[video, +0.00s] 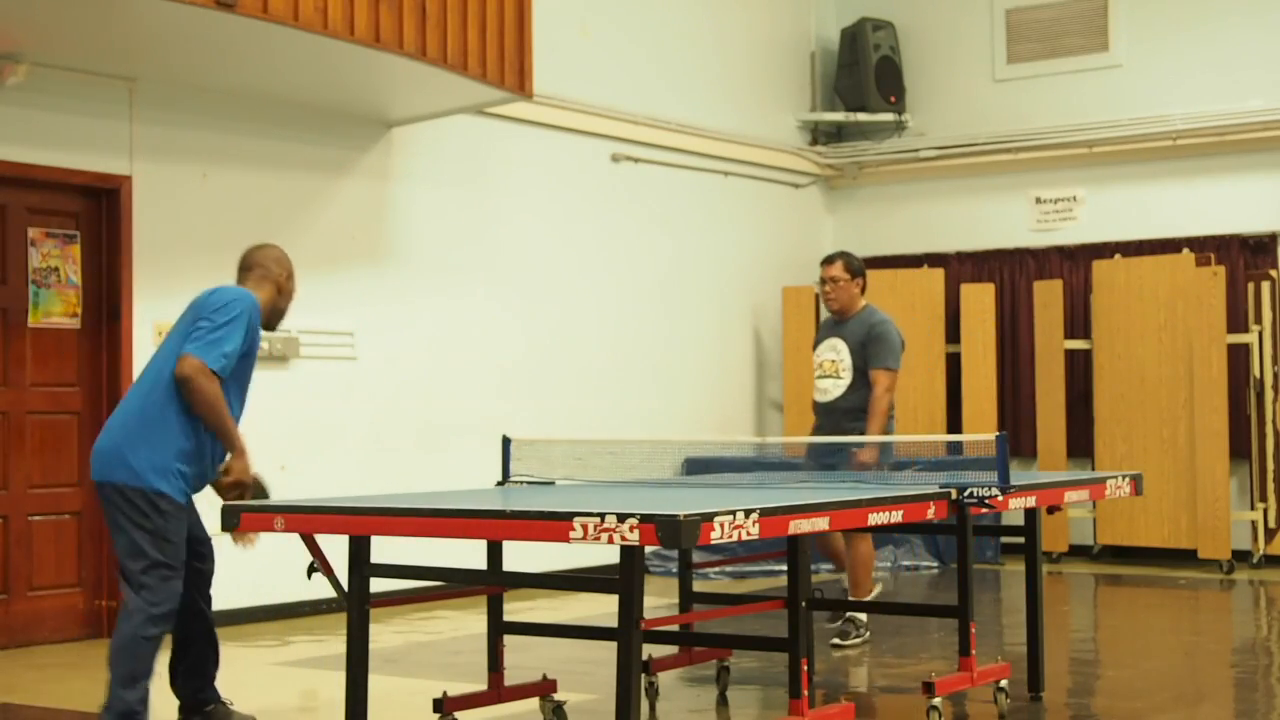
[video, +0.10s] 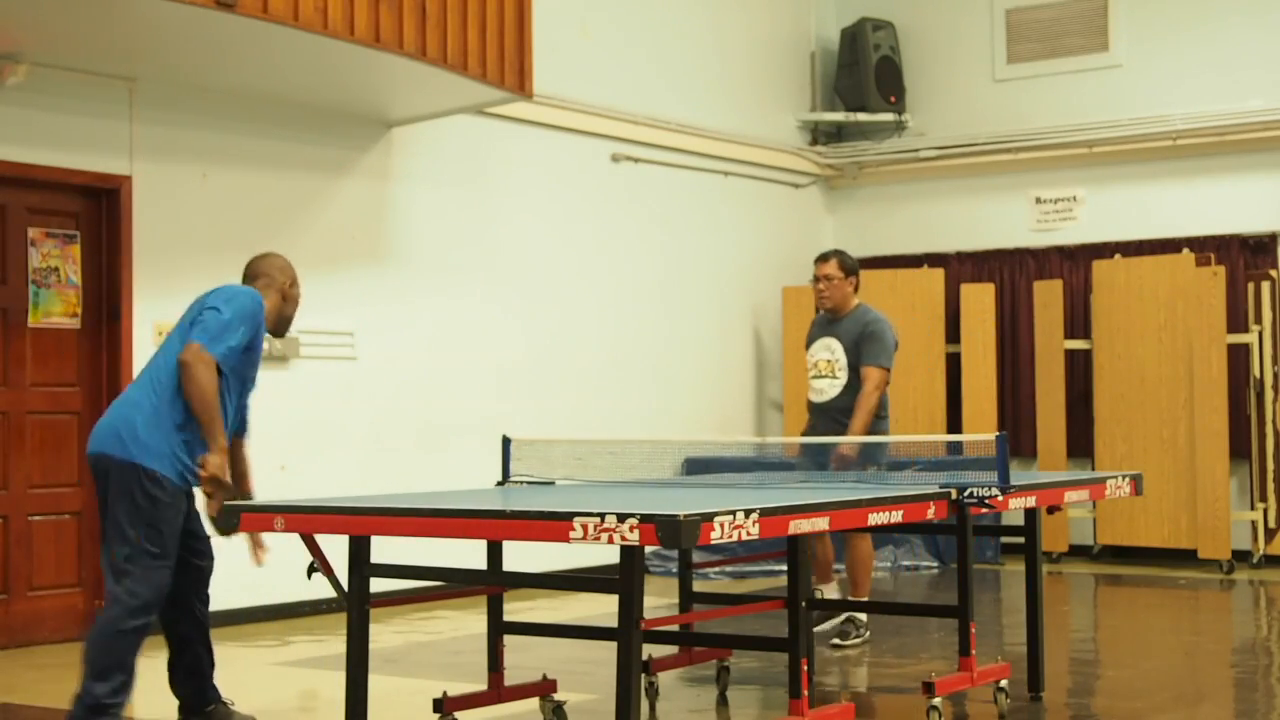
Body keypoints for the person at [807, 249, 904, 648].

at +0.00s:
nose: (827, 290)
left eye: (835, 282)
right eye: (824, 283)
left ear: (859, 284)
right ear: (822, 288)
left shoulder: (879, 328)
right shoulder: (827, 327)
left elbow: (883, 390)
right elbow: (825, 387)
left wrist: (871, 445)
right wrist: (813, 438)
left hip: (860, 444)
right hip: (824, 442)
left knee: (856, 524)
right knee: (812, 519)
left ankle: (857, 615)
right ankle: (863, 578)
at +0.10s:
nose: (821, 288)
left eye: (829, 280)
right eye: (817, 281)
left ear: (852, 283)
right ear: (815, 285)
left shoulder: (873, 325)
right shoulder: (819, 324)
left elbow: (873, 388)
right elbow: (818, 388)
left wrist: (853, 439)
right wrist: (805, 435)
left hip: (860, 443)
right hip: (819, 440)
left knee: (855, 523)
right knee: (807, 518)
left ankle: (857, 614)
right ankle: (828, 598)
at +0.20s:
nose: (815, 288)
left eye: (824, 280)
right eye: (810, 281)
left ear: (845, 284)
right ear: (806, 286)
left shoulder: (868, 325)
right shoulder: (807, 328)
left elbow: (867, 388)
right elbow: (801, 386)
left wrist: (837, 438)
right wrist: (796, 436)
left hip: (857, 444)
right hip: (813, 443)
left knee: (854, 524)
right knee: (808, 525)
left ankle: (857, 615)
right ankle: (809, 610)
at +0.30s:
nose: (815, 287)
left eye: (822, 279)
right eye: (807, 280)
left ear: (836, 282)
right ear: (798, 287)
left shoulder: (862, 324)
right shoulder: (794, 332)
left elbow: (864, 384)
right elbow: (788, 390)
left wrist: (835, 431)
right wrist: (781, 439)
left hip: (856, 441)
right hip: (809, 442)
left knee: (855, 524)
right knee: (806, 523)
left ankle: (857, 615)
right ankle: (808, 610)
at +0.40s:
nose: (810, 284)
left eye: (815, 277)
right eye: (801, 279)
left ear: (827, 281)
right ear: (789, 288)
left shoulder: (857, 320)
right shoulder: (782, 335)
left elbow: (868, 377)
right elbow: (772, 392)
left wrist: (844, 427)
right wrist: (760, 444)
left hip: (857, 440)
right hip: (806, 442)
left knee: (855, 524)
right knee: (807, 525)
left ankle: (858, 611)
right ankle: (809, 609)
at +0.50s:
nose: (806, 283)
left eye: (811, 275)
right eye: (796, 279)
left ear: (822, 280)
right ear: (785, 289)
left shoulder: (854, 318)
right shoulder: (777, 338)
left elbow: (871, 373)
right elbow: (763, 394)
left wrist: (865, 428)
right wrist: (749, 444)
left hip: (856, 441)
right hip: (807, 446)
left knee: (863, 523)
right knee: (809, 527)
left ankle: (865, 613)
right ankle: (810, 613)